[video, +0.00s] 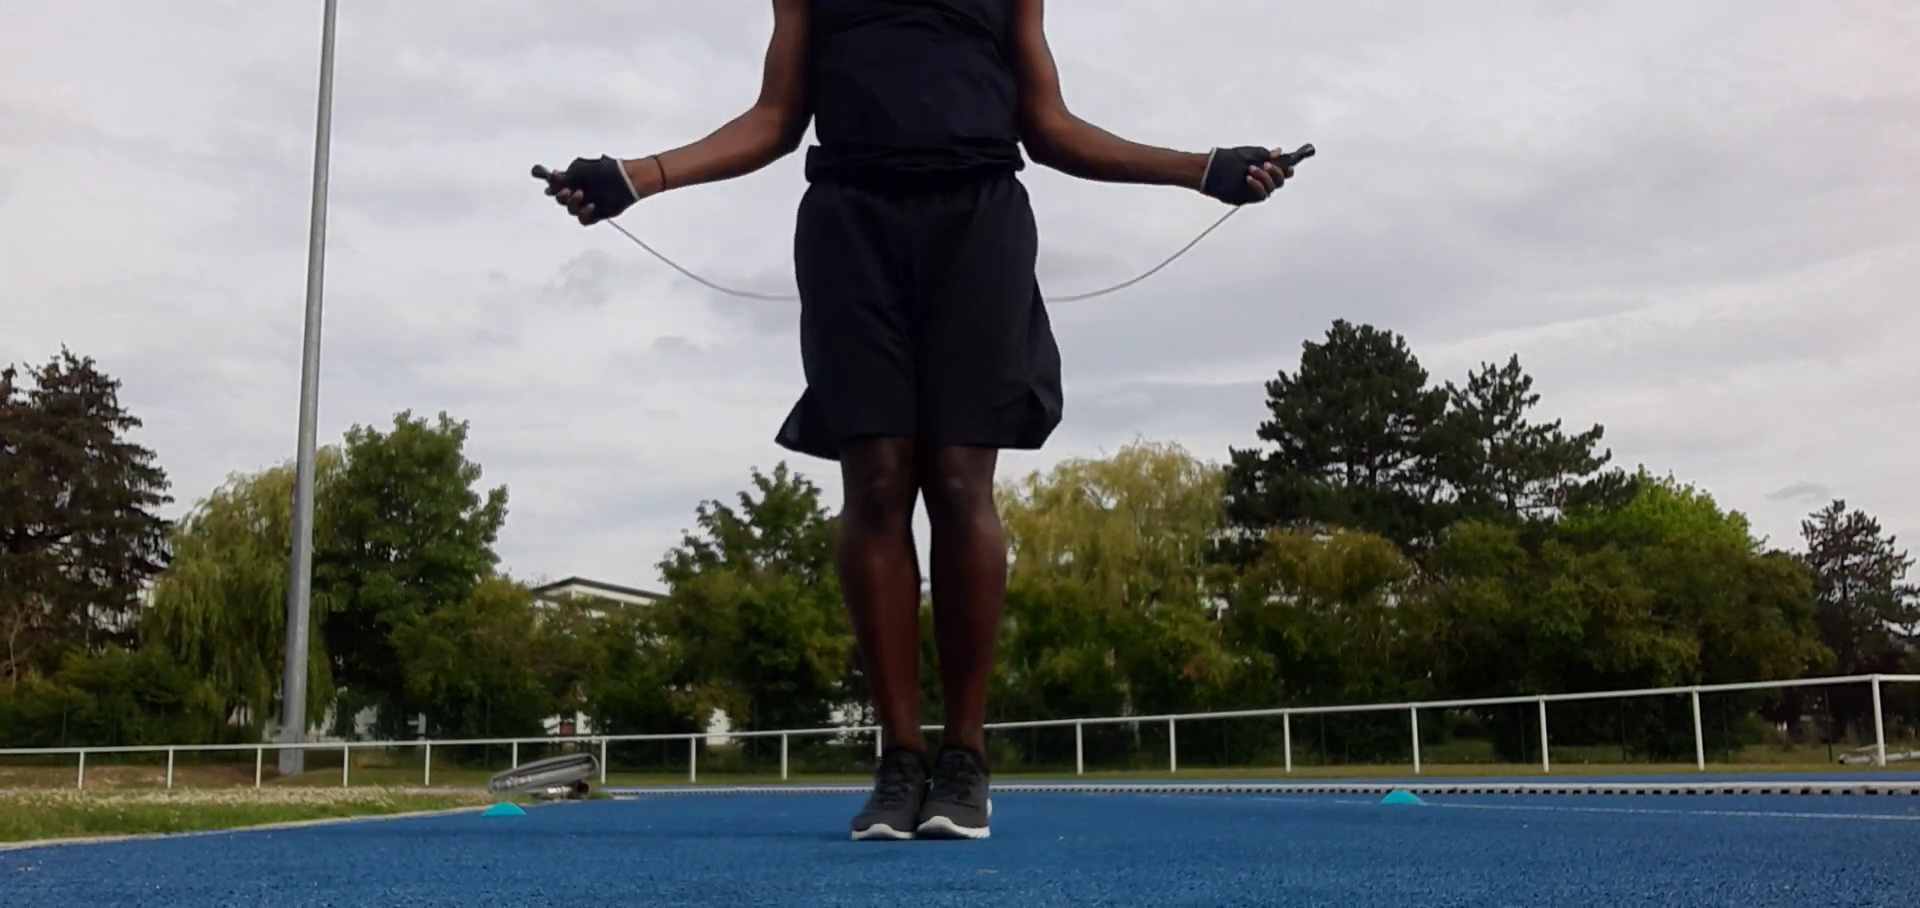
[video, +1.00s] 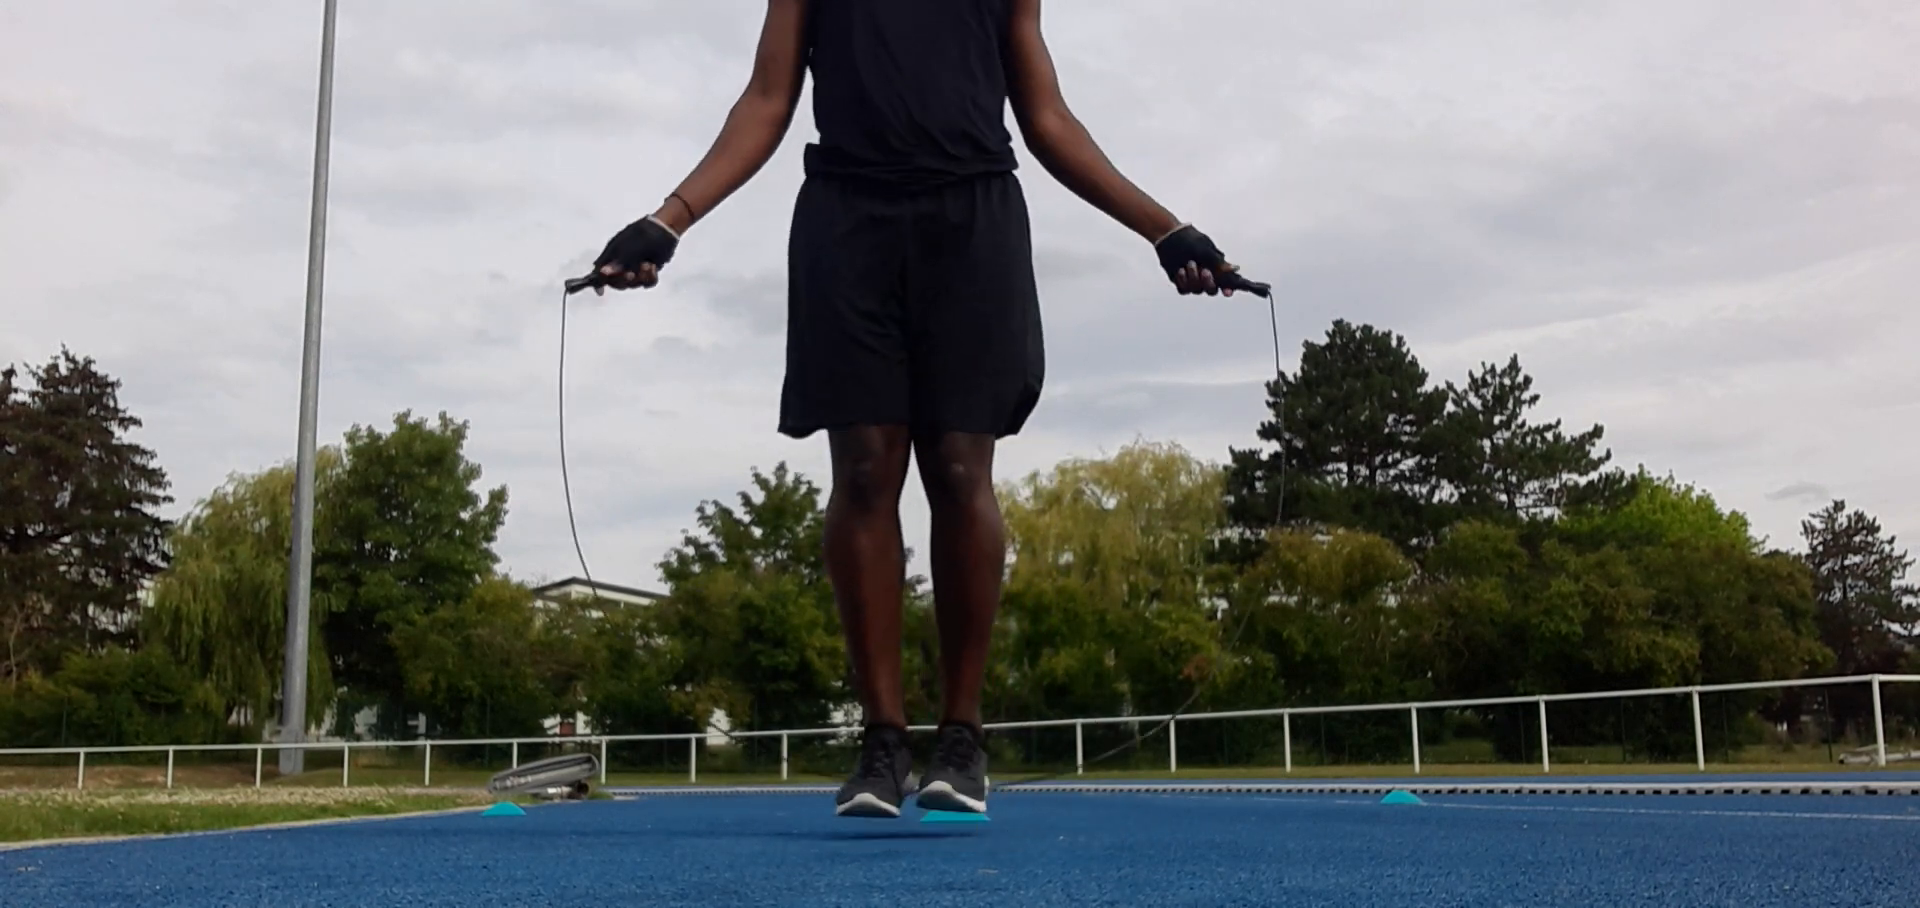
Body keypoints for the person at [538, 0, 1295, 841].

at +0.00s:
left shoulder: (1006, 6)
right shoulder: (808, 3)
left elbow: (1051, 129)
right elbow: (775, 120)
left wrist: (1202, 168)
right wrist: (634, 175)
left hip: (978, 216)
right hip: (851, 217)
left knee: (960, 477)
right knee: (876, 477)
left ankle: (963, 763)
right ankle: (901, 765)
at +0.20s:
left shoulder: (1013, 6)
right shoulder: (806, 4)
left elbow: (1061, 115)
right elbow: (768, 104)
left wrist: (1183, 196)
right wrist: (654, 201)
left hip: (977, 220)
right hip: (849, 222)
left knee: (963, 470)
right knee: (868, 470)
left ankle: (965, 753)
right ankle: (898, 760)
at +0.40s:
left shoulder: (1009, 9)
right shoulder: (805, 7)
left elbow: (1056, 143)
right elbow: (772, 134)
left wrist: (1204, 166)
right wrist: (637, 173)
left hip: (978, 234)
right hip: (849, 237)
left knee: (961, 492)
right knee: (876, 496)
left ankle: (969, 769)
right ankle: (908, 776)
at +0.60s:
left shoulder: (1006, 3)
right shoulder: (803, 2)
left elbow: (1055, 113)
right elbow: (765, 97)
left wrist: (1170, 224)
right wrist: (661, 216)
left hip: (976, 214)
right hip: (847, 218)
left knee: (965, 469)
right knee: (868, 469)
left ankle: (971, 744)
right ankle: (896, 754)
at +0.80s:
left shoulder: (1004, 13)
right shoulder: (804, 11)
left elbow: (1060, 164)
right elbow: (757, 151)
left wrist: (1206, 167)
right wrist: (630, 168)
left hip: (974, 260)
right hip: (846, 260)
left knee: (950, 514)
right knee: (870, 510)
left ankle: (944, 773)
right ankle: (890, 774)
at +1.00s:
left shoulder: (1006, 5)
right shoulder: (801, 4)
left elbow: (1048, 119)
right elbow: (767, 97)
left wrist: (1166, 229)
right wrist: (667, 218)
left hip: (974, 216)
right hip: (847, 218)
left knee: (959, 467)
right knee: (865, 465)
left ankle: (959, 737)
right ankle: (883, 739)